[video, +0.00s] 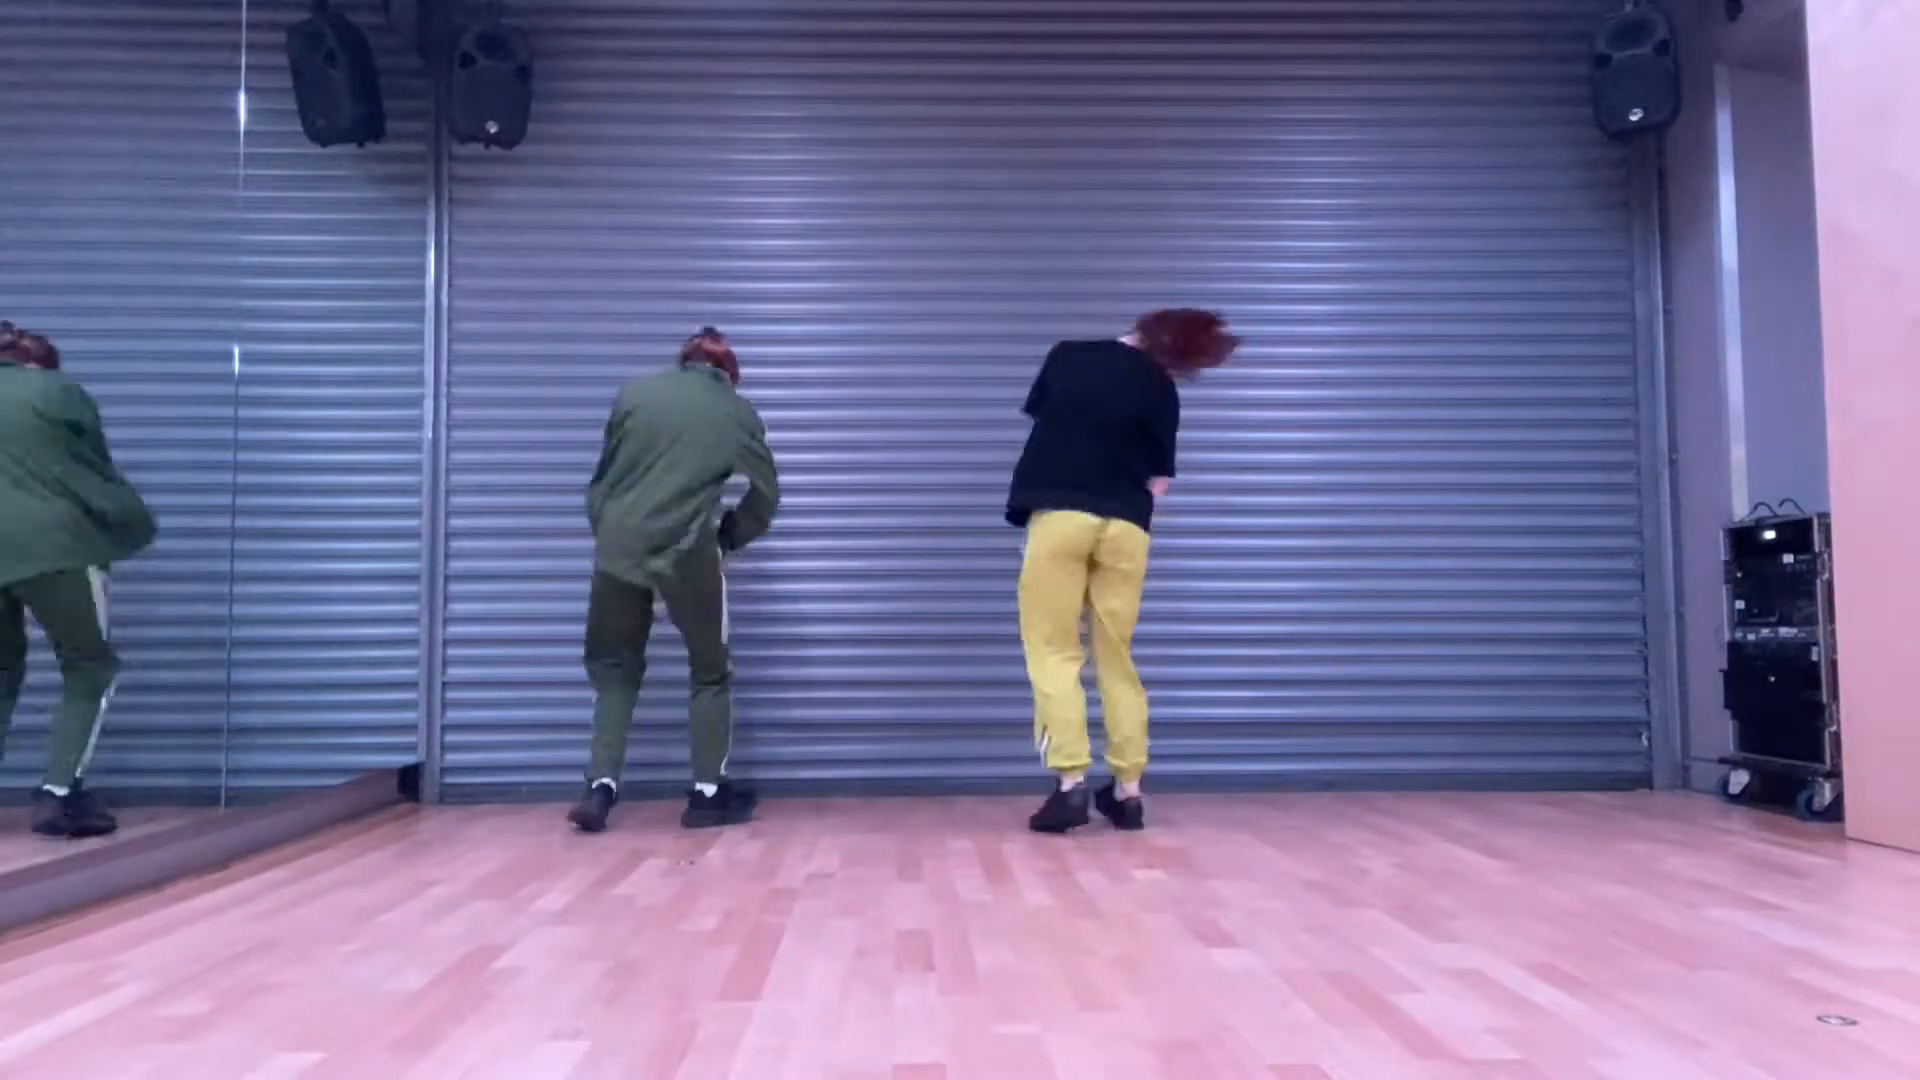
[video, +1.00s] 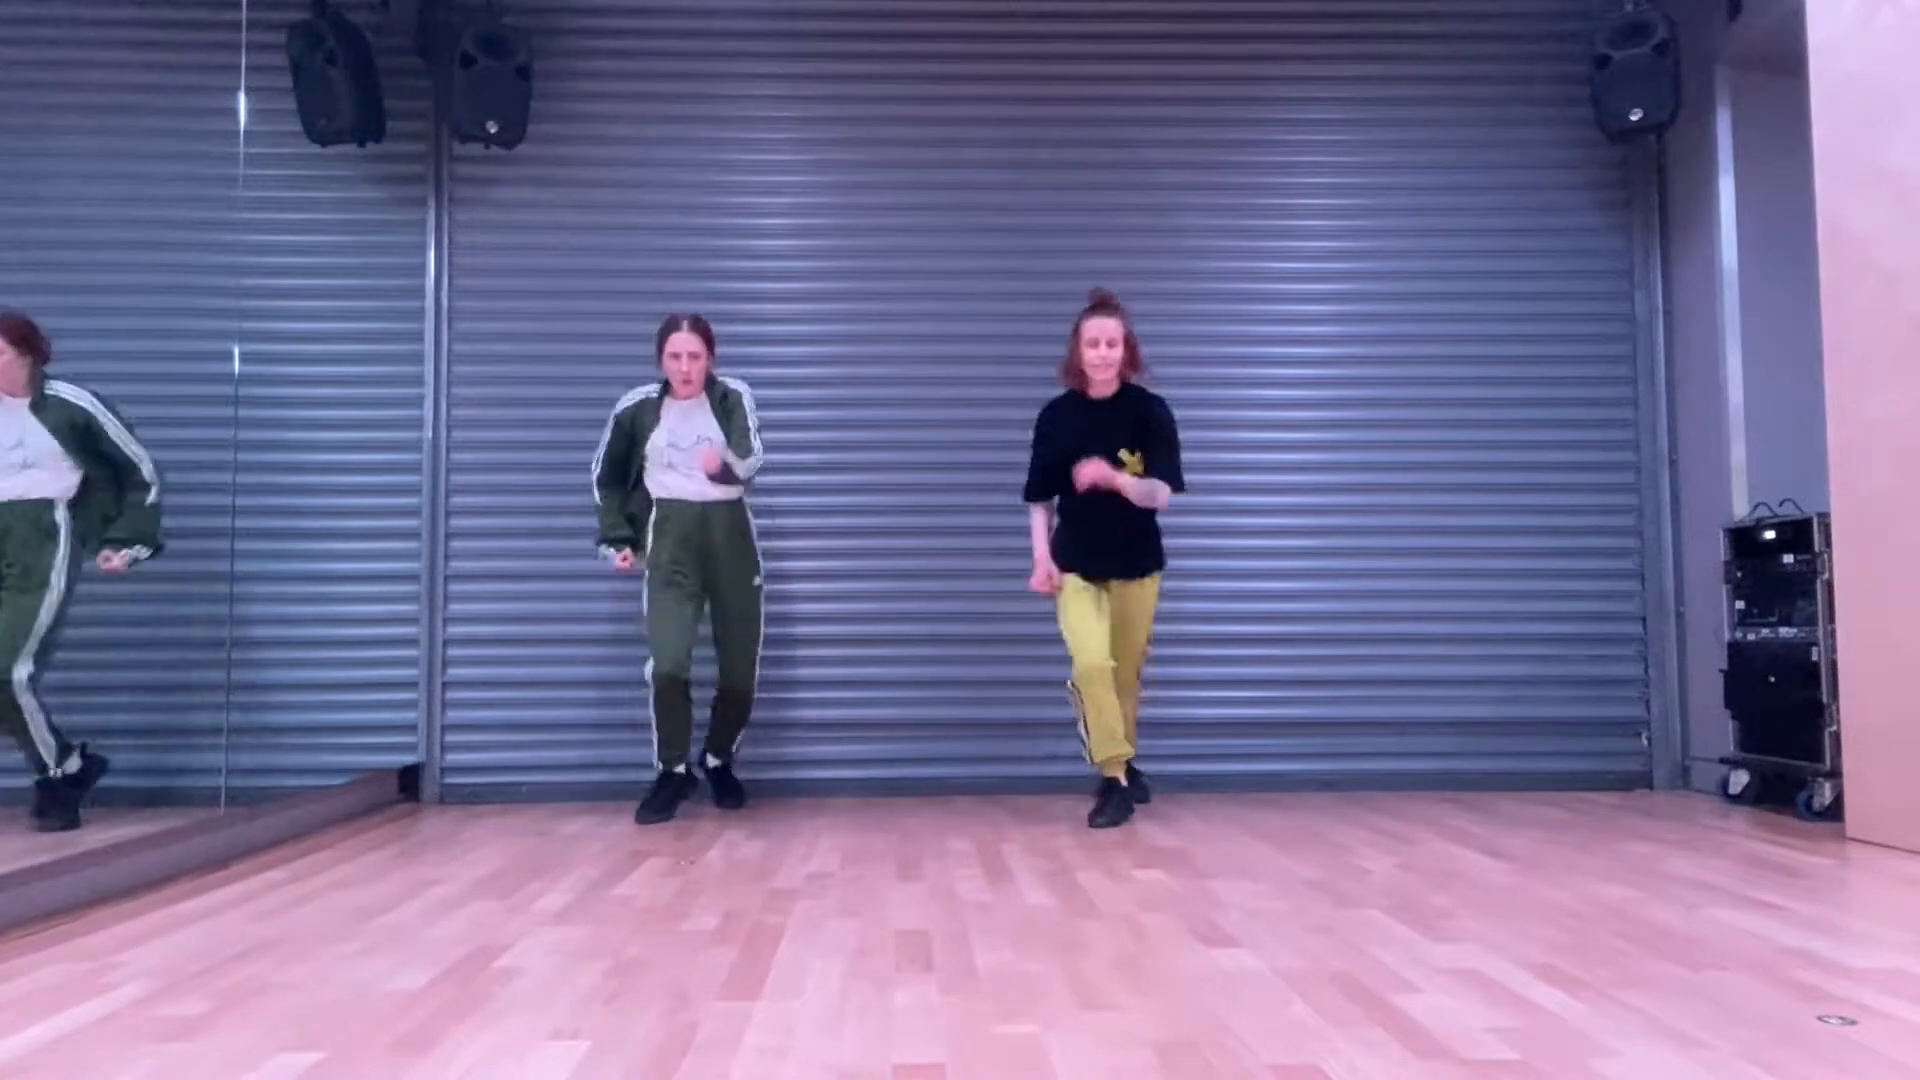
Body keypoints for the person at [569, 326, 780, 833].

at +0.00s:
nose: (734, 388)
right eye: (734, 380)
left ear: (683, 361)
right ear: (729, 375)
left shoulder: (636, 390)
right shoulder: (738, 412)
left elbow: (605, 469)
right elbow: (765, 496)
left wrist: (606, 519)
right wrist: (729, 536)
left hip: (617, 546)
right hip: (686, 553)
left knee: (614, 666)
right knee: (709, 672)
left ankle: (602, 784)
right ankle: (706, 792)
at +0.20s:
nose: (630, 336)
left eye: (638, 326)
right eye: (632, 326)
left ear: (667, 333)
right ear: (678, 337)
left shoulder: (667, 377)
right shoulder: (710, 387)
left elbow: (625, 458)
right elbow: (735, 448)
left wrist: (581, 526)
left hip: (665, 544)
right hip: (711, 548)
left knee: (608, 655)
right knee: (673, 668)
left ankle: (638, 785)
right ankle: (699, 792)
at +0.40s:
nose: (668, 336)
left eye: (680, 327)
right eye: (661, 327)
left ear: (702, 339)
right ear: (652, 338)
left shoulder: (713, 396)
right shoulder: (643, 403)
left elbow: (725, 475)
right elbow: (590, 465)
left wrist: (696, 547)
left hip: (689, 537)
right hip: (639, 535)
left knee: (647, 672)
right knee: (613, 675)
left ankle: (698, 798)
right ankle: (714, 743)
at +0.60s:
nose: (660, 348)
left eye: (671, 341)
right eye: (653, 340)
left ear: (693, 348)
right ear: (644, 347)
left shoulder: (719, 397)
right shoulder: (629, 389)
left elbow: (754, 468)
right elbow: (592, 383)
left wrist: (741, 544)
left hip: (698, 522)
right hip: (640, 522)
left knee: (640, 631)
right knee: (623, 654)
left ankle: (663, 770)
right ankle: (665, 770)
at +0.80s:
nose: (665, 360)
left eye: (675, 351)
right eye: (657, 351)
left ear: (695, 357)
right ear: (647, 357)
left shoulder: (723, 400)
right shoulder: (628, 396)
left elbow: (768, 465)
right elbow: (608, 445)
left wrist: (766, 540)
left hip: (705, 534)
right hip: (644, 534)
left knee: (682, 624)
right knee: (628, 674)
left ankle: (703, 708)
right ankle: (664, 777)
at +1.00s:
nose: (685, 366)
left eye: (694, 357)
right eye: (675, 356)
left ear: (710, 361)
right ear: (661, 361)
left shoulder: (732, 399)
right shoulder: (636, 409)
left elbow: (748, 461)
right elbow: (609, 477)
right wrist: (618, 539)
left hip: (730, 536)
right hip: (669, 539)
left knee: (740, 666)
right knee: (668, 664)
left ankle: (719, 761)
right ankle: (672, 771)